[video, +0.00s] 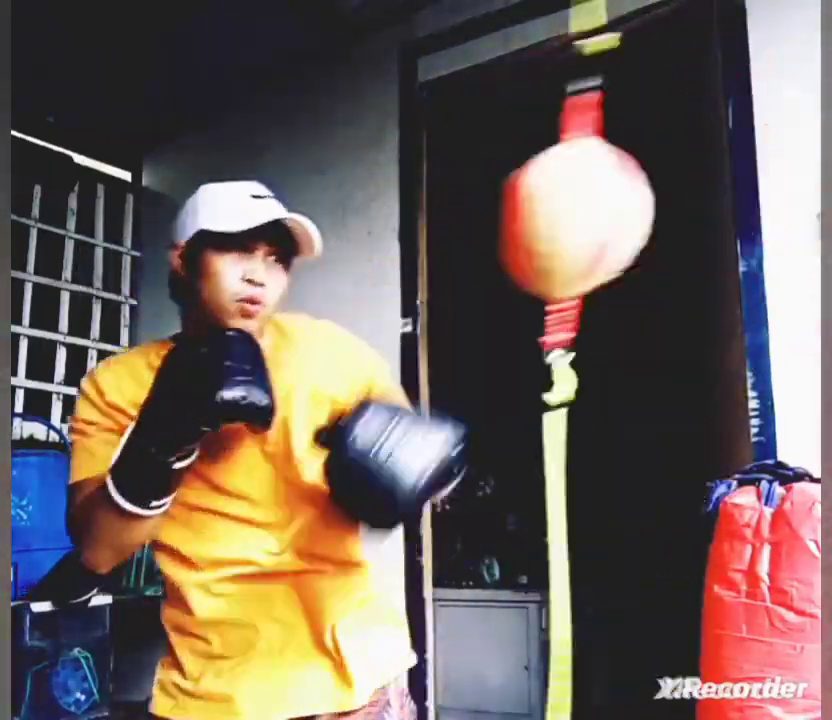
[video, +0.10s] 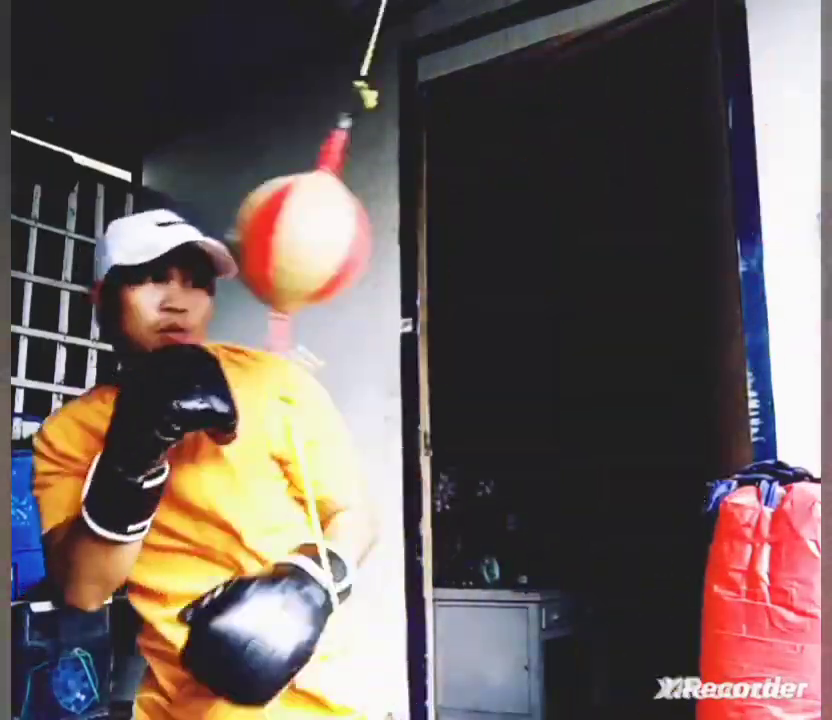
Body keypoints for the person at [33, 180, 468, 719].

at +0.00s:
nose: (258, 270)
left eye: (273, 255)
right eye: (234, 248)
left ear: (287, 273)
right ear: (183, 262)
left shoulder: (336, 355)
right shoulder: (120, 385)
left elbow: (420, 465)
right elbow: (99, 550)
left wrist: (408, 463)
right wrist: (164, 439)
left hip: (360, 684)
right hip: (213, 687)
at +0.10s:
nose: (177, 299)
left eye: (194, 281)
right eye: (152, 279)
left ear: (211, 298)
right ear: (106, 301)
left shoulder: (281, 384)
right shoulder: (71, 433)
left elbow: (355, 513)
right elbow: (85, 591)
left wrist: (309, 584)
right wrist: (135, 457)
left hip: (321, 692)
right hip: (183, 700)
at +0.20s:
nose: (131, 315)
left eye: (148, 295)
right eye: (104, 294)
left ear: (167, 312)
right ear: (64, 320)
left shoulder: (248, 392)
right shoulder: (43, 456)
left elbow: (330, 514)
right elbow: (79, 607)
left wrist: (261, 603)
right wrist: (115, 473)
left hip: (292, 695)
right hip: (162, 703)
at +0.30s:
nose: (133, 318)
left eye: (149, 297)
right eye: (107, 297)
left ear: (167, 312)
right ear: (63, 319)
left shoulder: (244, 391)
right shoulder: (41, 457)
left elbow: (328, 515)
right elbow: (78, 609)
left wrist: (244, 610)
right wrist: (108, 482)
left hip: (287, 696)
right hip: (154, 706)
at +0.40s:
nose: (183, 306)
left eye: (198, 287)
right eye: (159, 283)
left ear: (211, 303)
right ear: (107, 303)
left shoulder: (281, 393)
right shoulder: (60, 436)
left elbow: (345, 521)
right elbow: (86, 595)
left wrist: (278, 601)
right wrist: (139, 473)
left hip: (295, 697)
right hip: (154, 703)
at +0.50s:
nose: (271, 280)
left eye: (278, 264)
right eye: (247, 260)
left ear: (290, 273)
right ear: (187, 275)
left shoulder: (324, 390)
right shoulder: (111, 376)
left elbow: (355, 517)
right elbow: (131, 511)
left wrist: (321, 568)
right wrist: (231, 391)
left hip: (306, 696)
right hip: (164, 692)